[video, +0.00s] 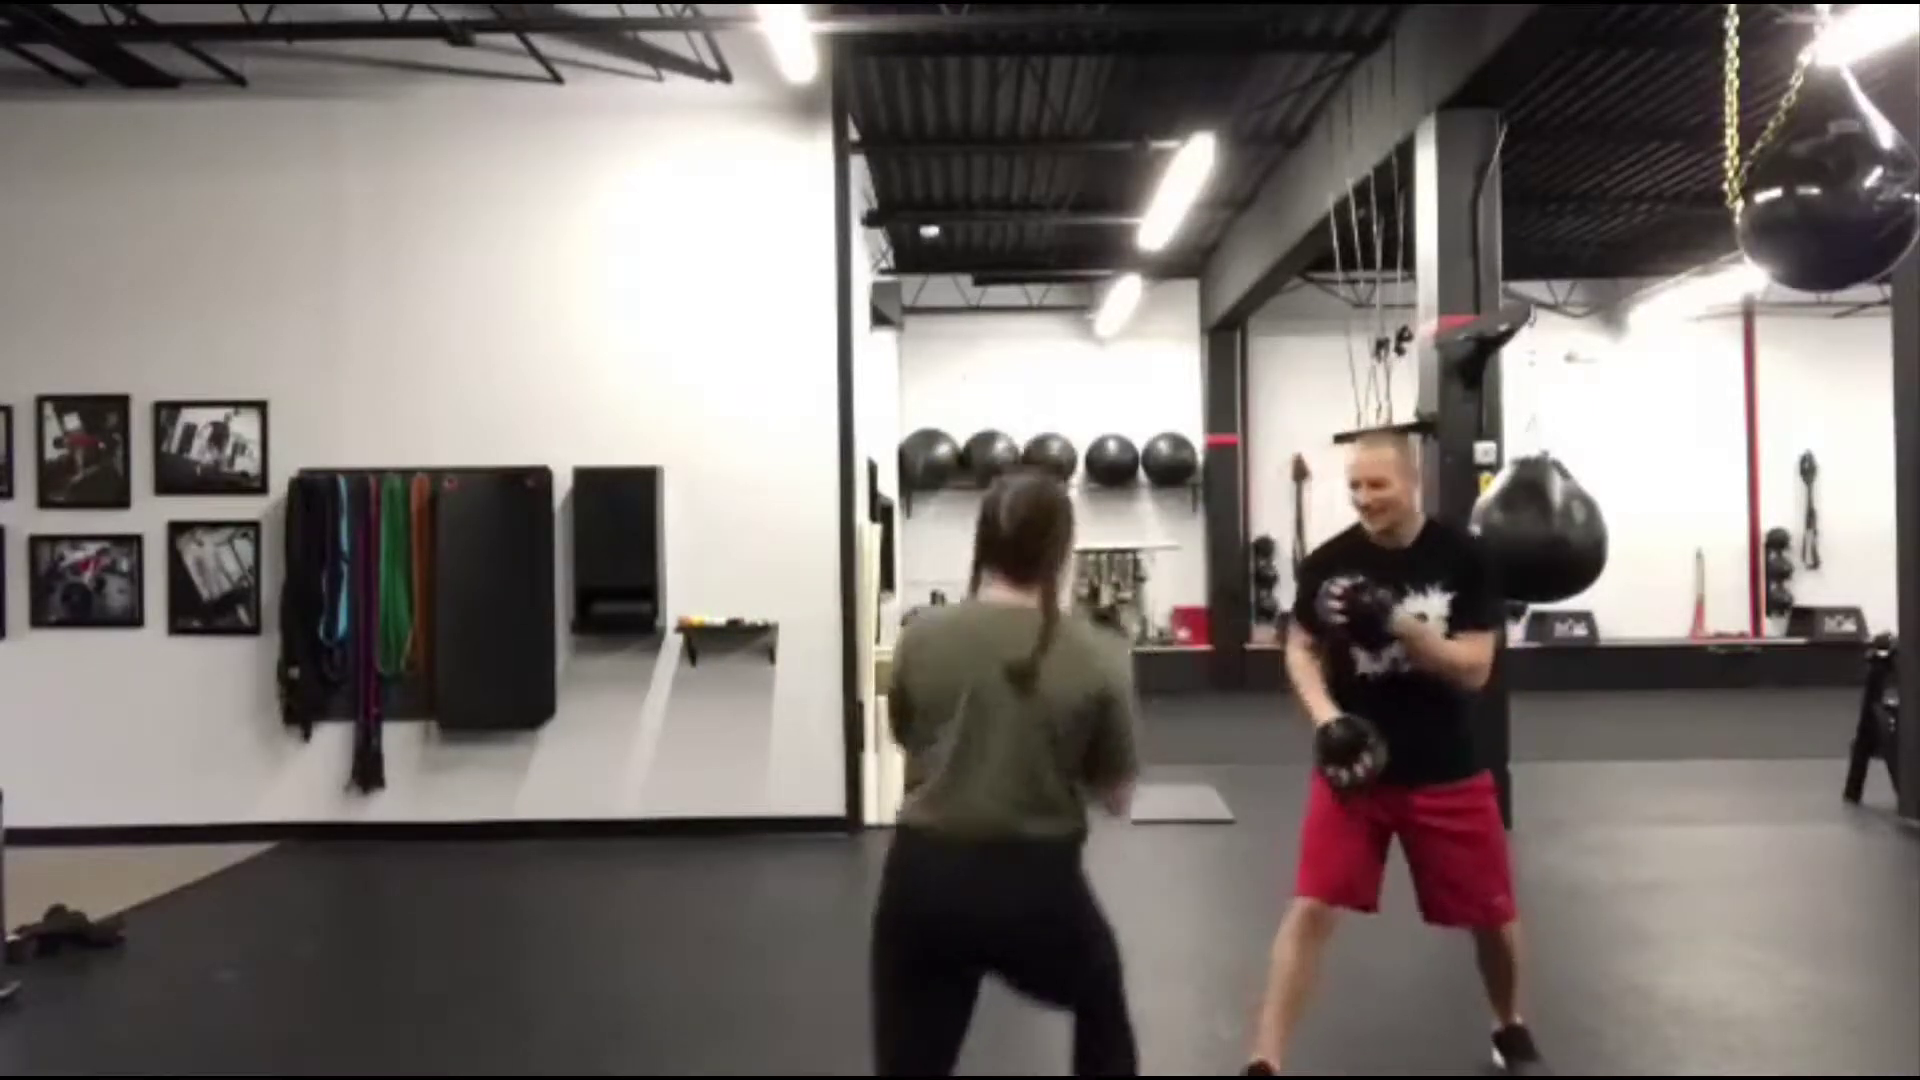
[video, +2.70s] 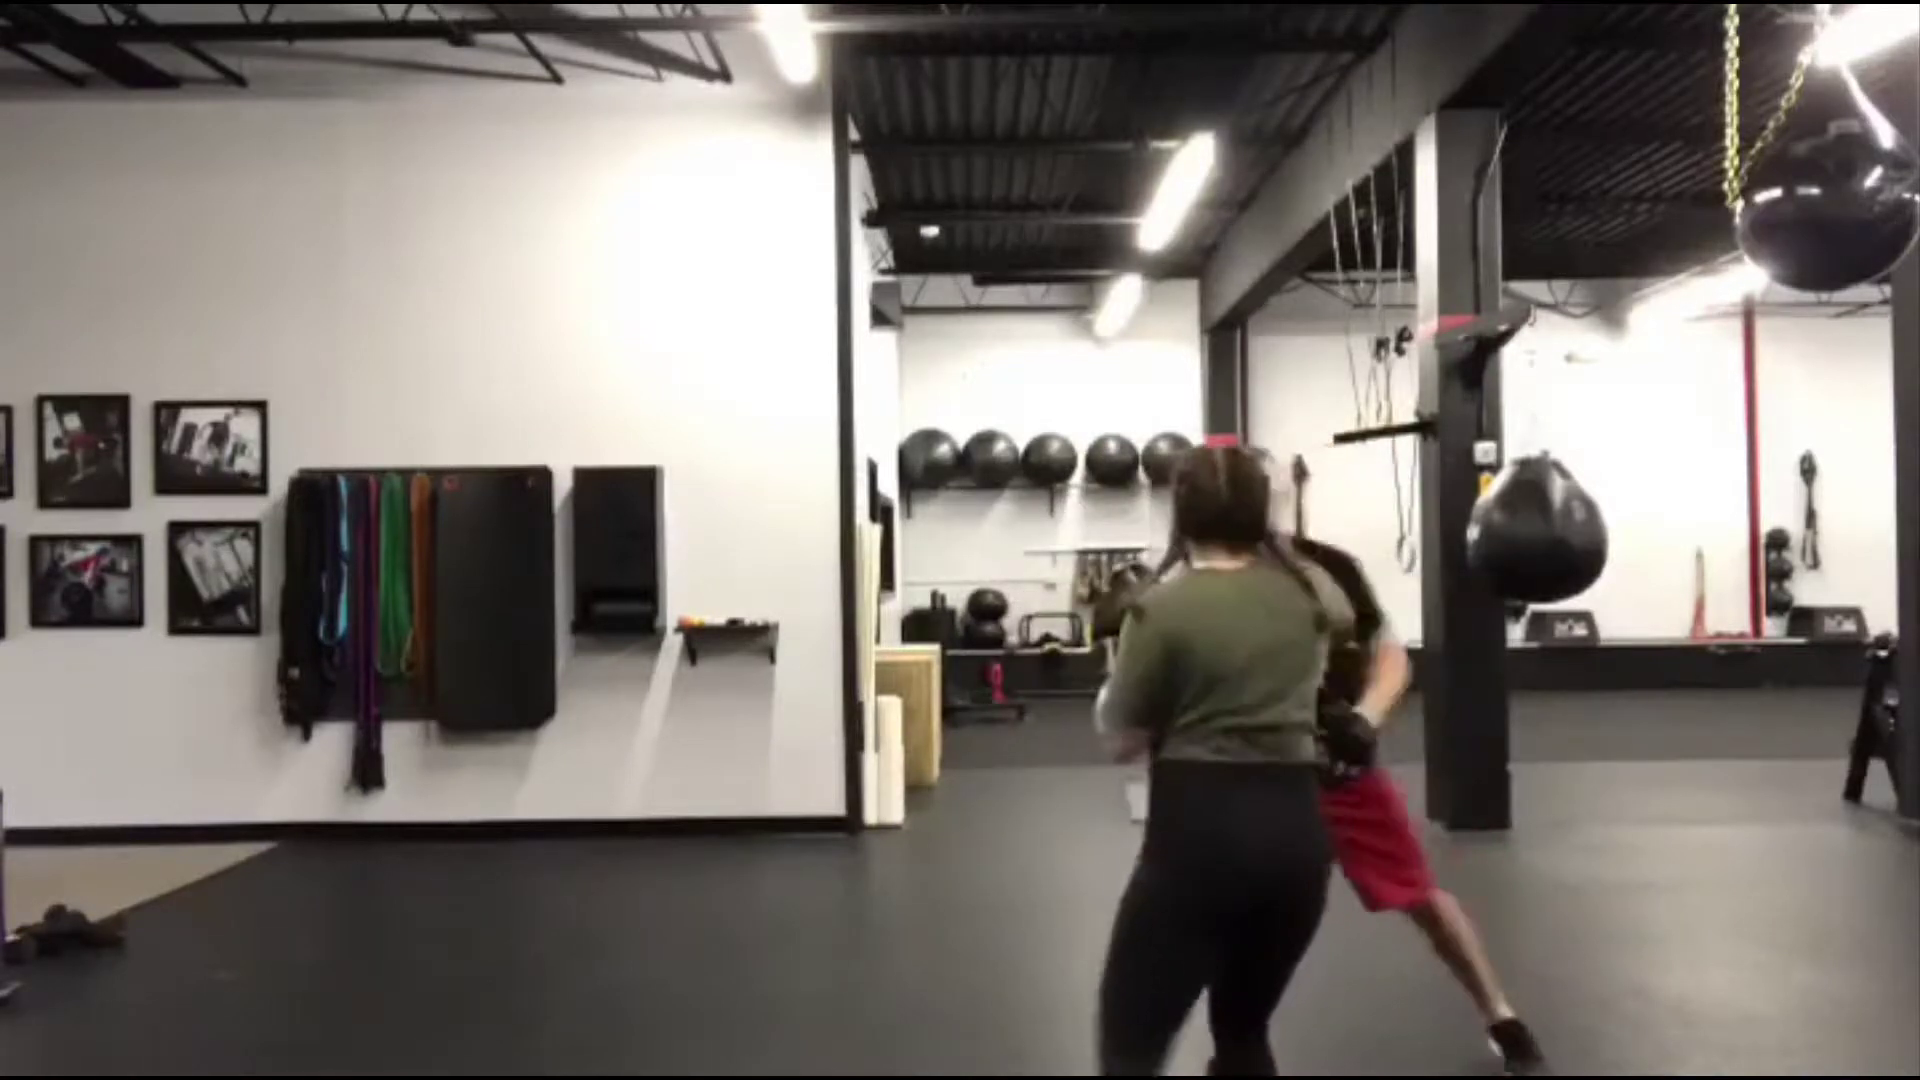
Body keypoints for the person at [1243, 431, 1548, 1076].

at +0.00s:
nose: (1366, 500)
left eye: (1378, 487)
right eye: (1357, 488)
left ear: (1413, 483)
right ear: (1347, 488)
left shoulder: (1464, 557)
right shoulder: (1325, 565)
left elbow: (1476, 665)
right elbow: (1300, 652)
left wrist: (1396, 626)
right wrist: (1330, 720)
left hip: (1451, 775)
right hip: (1354, 773)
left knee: (1496, 920)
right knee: (1313, 909)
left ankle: (1510, 1028)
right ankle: (1266, 1060)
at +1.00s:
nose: (1335, 500)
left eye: (1349, 488)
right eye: (1331, 488)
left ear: (1389, 493)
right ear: (1327, 493)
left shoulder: (1439, 566)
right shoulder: (1310, 571)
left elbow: (1464, 680)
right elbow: (1253, 650)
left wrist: (1410, 615)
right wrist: (1258, 694)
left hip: (1429, 778)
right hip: (1327, 775)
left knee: (1491, 917)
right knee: (1284, 905)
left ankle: (1509, 1026)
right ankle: (1245, 1053)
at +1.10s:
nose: (1334, 496)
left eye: (1349, 484)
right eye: (1329, 485)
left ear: (1388, 489)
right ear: (1323, 493)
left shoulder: (1440, 564)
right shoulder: (1309, 570)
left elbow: (1465, 677)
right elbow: (1283, 657)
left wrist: (1407, 608)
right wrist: (1250, 604)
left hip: (1431, 778)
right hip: (1329, 772)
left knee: (1491, 919)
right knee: (1282, 904)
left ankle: (1510, 1026)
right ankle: (1245, 1052)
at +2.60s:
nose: (1295, 509)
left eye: (1307, 496)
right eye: (1284, 499)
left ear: (1331, 499)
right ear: (1271, 506)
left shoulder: (1379, 571)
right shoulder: (1260, 581)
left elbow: (1428, 682)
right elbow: (1239, 675)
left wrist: (1354, 698)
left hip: (1395, 778)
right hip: (1303, 782)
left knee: (1472, 912)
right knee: (1267, 919)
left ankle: (1515, 1023)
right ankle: (1233, 1045)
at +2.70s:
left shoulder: (1327, 569)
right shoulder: (1198, 585)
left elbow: (1391, 657)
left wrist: (1361, 720)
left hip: (1338, 765)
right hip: (1252, 778)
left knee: (1420, 896)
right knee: (1245, 915)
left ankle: (1500, 1018)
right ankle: (1236, 1045)